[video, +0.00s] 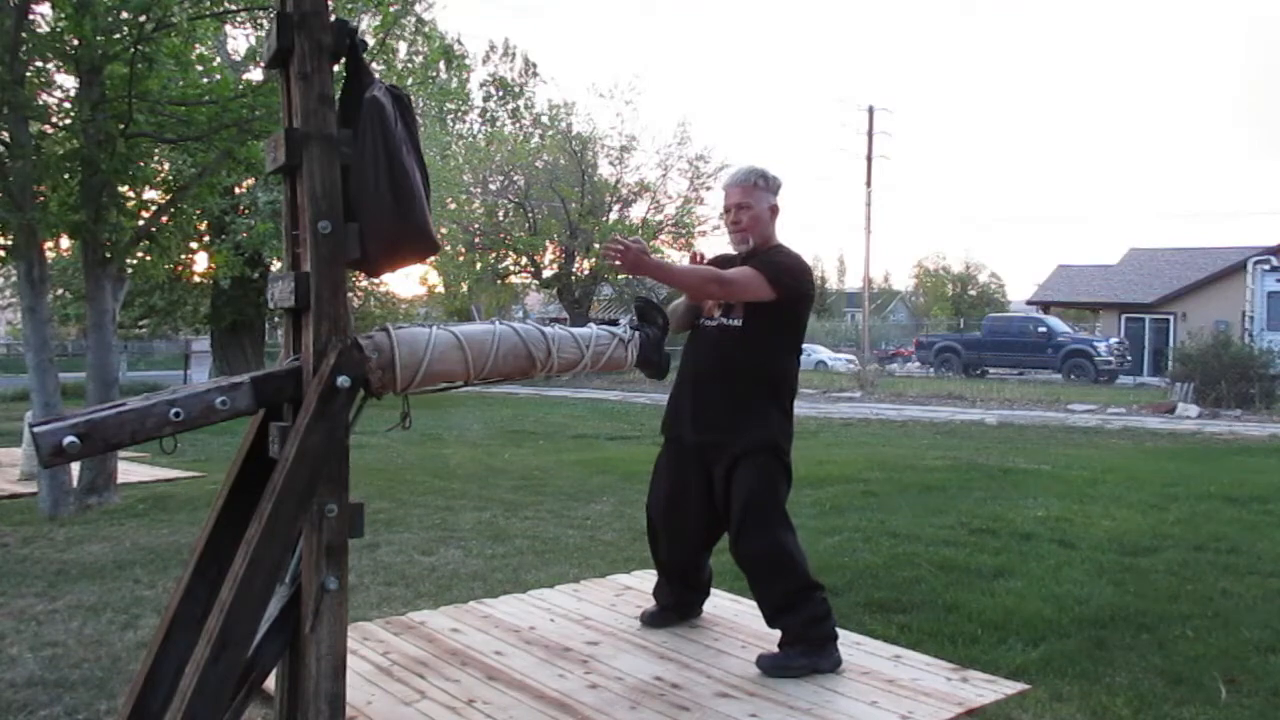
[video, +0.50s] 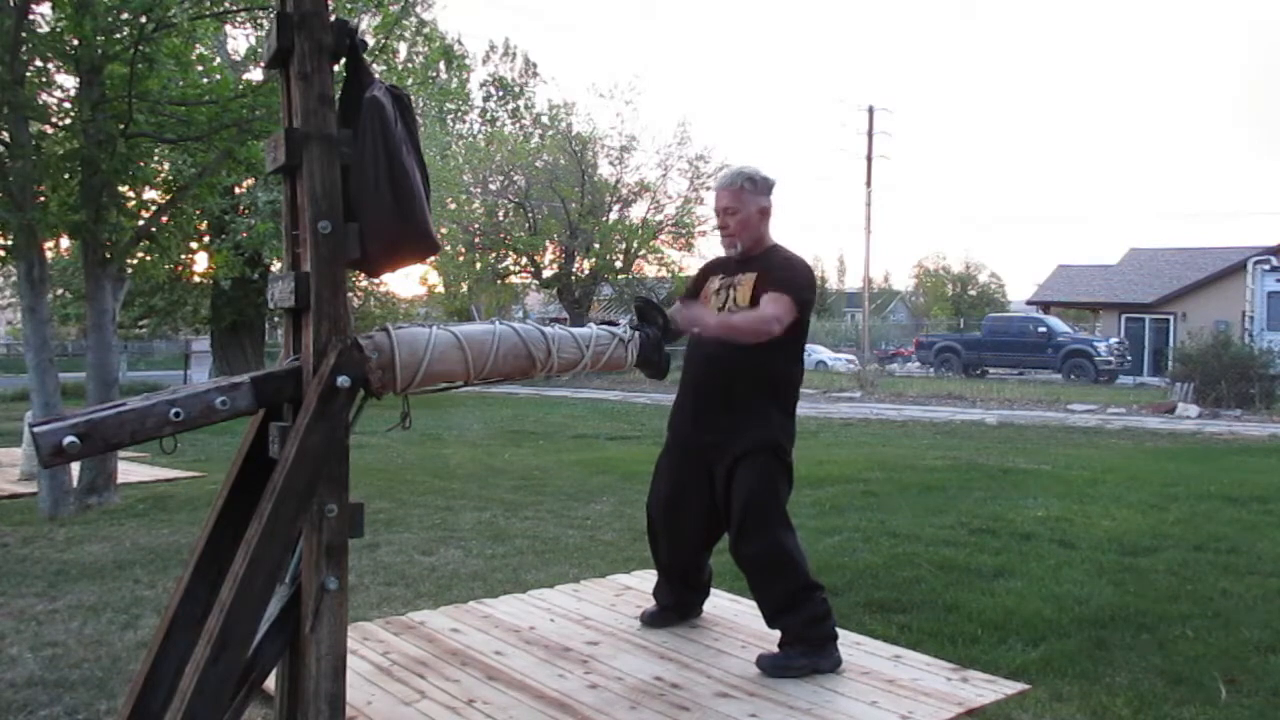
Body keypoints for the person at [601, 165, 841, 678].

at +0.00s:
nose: (735, 219)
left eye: (745, 209)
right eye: (729, 210)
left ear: (773, 210)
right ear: (723, 216)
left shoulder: (788, 270)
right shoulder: (714, 268)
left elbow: (719, 284)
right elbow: (672, 324)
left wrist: (650, 267)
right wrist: (692, 289)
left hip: (754, 431)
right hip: (692, 424)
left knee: (759, 536)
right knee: (672, 515)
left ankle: (813, 642)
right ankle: (680, 599)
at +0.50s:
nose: (723, 222)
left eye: (734, 213)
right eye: (719, 212)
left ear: (766, 212)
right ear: (717, 213)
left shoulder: (790, 270)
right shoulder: (709, 274)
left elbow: (768, 323)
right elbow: (682, 318)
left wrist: (700, 320)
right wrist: (656, 324)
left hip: (757, 428)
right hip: (694, 423)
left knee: (759, 533)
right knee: (670, 512)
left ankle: (813, 642)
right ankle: (680, 598)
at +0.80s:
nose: (720, 219)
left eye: (730, 210)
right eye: (716, 210)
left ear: (764, 211)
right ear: (716, 210)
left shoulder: (792, 270)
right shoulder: (706, 270)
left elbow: (807, 341)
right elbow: (685, 336)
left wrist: (767, 402)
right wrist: (675, 396)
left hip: (763, 423)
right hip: (705, 421)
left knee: (760, 528)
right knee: (674, 508)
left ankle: (813, 642)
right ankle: (680, 598)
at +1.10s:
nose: (726, 215)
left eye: (737, 205)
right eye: (724, 204)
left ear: (770, 206)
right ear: (725, 207)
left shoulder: (797, 262)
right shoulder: (717, 264)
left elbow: (777, 312)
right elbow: (672, 293)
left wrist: (714, 290)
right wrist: (625, 293)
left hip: (772, 424)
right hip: (712, 418)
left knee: (771, 527)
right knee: (685, 507)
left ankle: (816, 640)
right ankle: (683, 596)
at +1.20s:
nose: (731, 216)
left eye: (741, 206)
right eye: (728, 206)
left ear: (773, 207)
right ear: (725, 209)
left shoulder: (799, 266)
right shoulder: (721, 262)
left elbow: (759, 309)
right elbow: (677, 283)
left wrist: (704, 284)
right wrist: (638, 258)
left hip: (770, 429)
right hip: (708, 422)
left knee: (771, 534)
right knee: (683, 512)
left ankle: (816, 642)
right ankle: (682, 599)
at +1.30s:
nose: (733, 219)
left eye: (743, 210)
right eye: (729, 210)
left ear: (775, 211)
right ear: (728, 213)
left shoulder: (800, 272)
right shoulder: (720, 264)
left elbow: (758, 317)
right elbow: (677, 276)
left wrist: (702, 294)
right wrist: (643, 254)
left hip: (766, 431)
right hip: (704, 423)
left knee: (767, 535)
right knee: (678, 513)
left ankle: (815, 643)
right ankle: (682, 598)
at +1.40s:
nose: (734, 220)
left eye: (744, 211)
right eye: (730, 211)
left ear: (776, 212)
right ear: (728, 213)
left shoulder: (801, 273)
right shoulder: (721, 266)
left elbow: (762, 321)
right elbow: (681, 279)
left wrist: (705, 298)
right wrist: (645, 258)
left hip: (763, 433)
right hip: (700, 424)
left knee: (765, 537)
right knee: (674, 517)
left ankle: (815, 643)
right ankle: (682, 599)